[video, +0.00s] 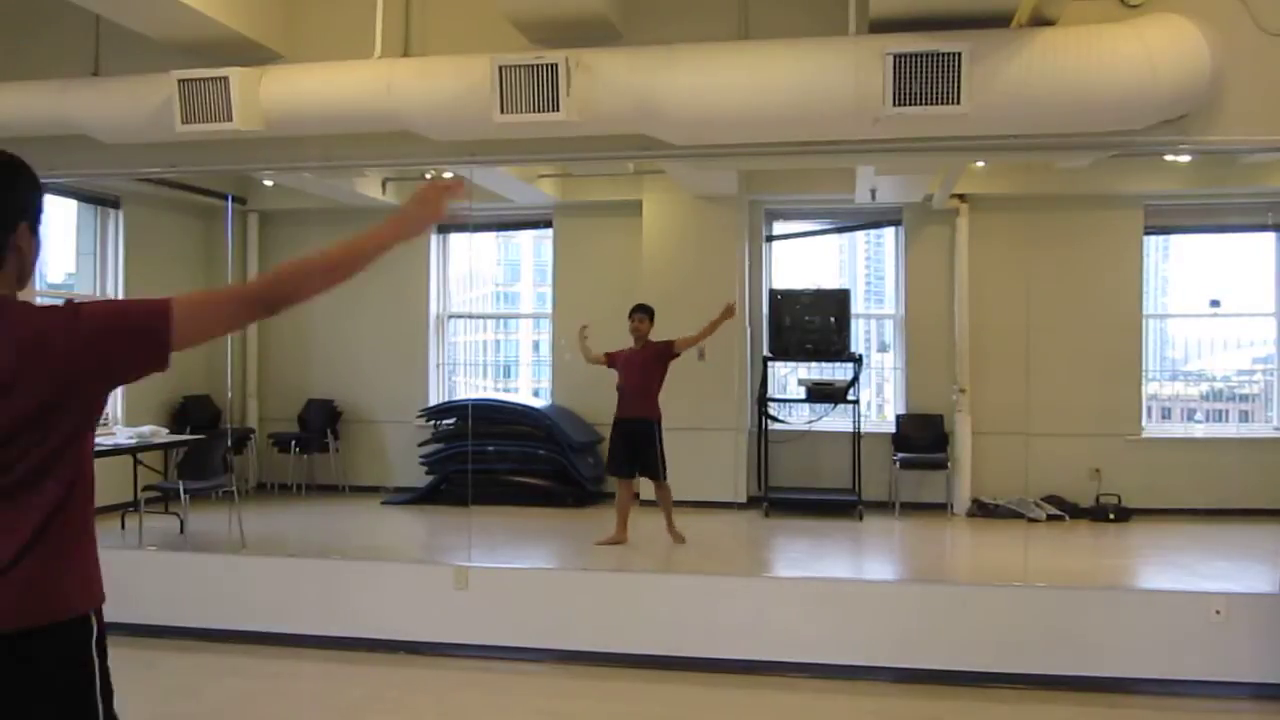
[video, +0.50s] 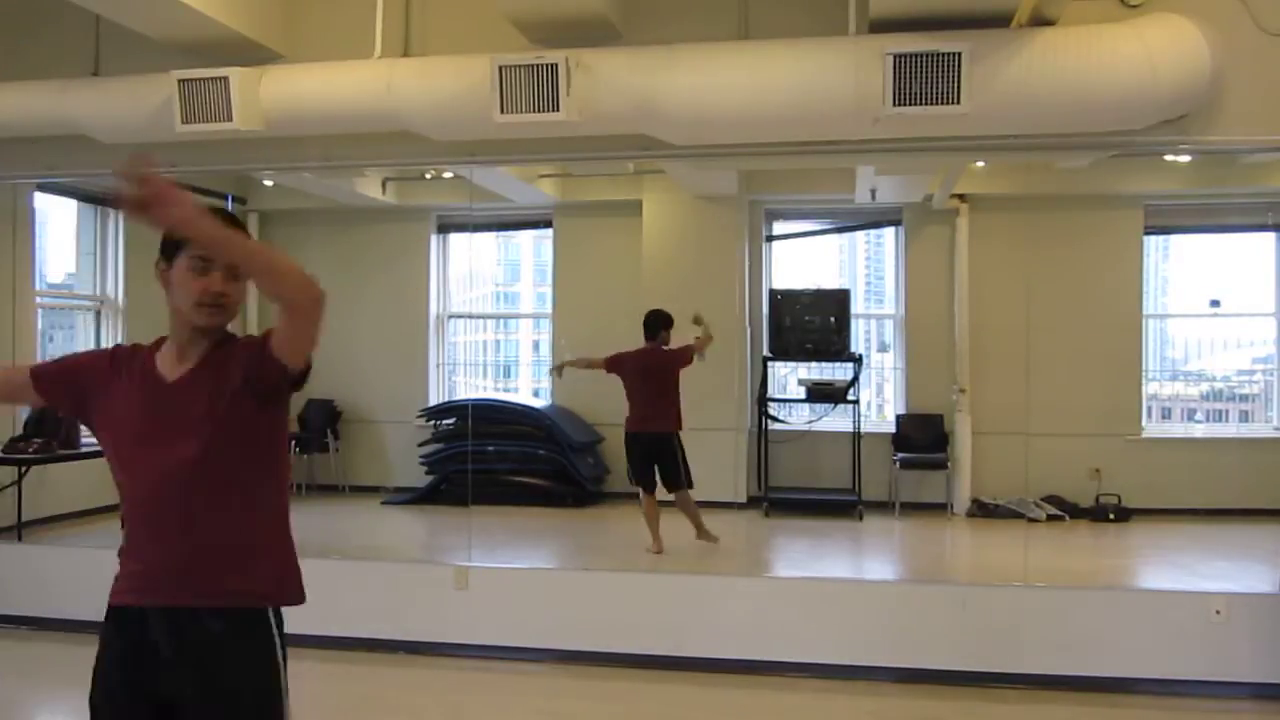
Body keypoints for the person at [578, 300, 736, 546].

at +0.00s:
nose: (636, 324)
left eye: (642, 320)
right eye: (633, 320)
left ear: (651, 325)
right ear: (628, 324)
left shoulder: (661, 350)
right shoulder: (622, 356)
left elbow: (697, 338)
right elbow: (591, 357)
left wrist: (722, 317)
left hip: (648, 422)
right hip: (623, 422)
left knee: (659, 481)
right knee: (623, 479)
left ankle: (671, 526)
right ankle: (620, 532)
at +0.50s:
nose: (671, 335)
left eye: (670, 331)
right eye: (669, 331)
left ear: (645, 332)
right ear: (663, 332)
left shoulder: (627, 359)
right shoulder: (671, 357)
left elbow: (593, 363)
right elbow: (701, 344)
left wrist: (565, 363)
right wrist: (705, 328)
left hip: (636, 434)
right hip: (666, 434)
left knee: (647, 491)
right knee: (679, 489)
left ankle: (656, 542)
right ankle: (701, 529)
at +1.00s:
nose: (659, 324)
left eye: (662, 319)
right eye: (653, 319)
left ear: (666, 319)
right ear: (641, 319)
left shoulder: (667, 336)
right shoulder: (632, 354)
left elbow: (679, 295)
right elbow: (603, 386)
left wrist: (685, 255)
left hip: (673, 414)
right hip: (652, 414)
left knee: (671, 479)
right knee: (651, 474)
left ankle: (662, 541)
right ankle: (648, 538)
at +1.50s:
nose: (635, 336)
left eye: (641, 331)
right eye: (631, 331)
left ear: (651, 336)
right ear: (625, 334)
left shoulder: (656, 373)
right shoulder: (617, 358)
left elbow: (650, 422)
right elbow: (601, 318)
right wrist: (624, 303)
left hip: (646, 437)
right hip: (618, 436)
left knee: (642, 501)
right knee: (614, 502)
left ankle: (666, 554)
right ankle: (615, 558)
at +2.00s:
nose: (660, 285)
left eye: (665, 280)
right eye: (656, 281)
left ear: (677, 284)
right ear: (652, 286)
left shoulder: (696, 318)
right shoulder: (647, 314)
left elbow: (705, 361)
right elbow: (646, 280)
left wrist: (696, 396)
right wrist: (658, 240)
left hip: (682, 391)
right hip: (651, 388)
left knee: (690, 459)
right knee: (616, 445)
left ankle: (683, 515)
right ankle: (580, 496)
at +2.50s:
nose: (701, 336)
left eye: (706, 330)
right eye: (697, 331)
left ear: (717, 332)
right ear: (693, 334)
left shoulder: (732, 365)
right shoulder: (685, 368)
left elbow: (747, 399)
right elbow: (676, 411)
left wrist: (757, 435)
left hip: (723, 443)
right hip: (692, 438)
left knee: (722, 502)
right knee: (665, 496)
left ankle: (706, 548)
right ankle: (631, 544)